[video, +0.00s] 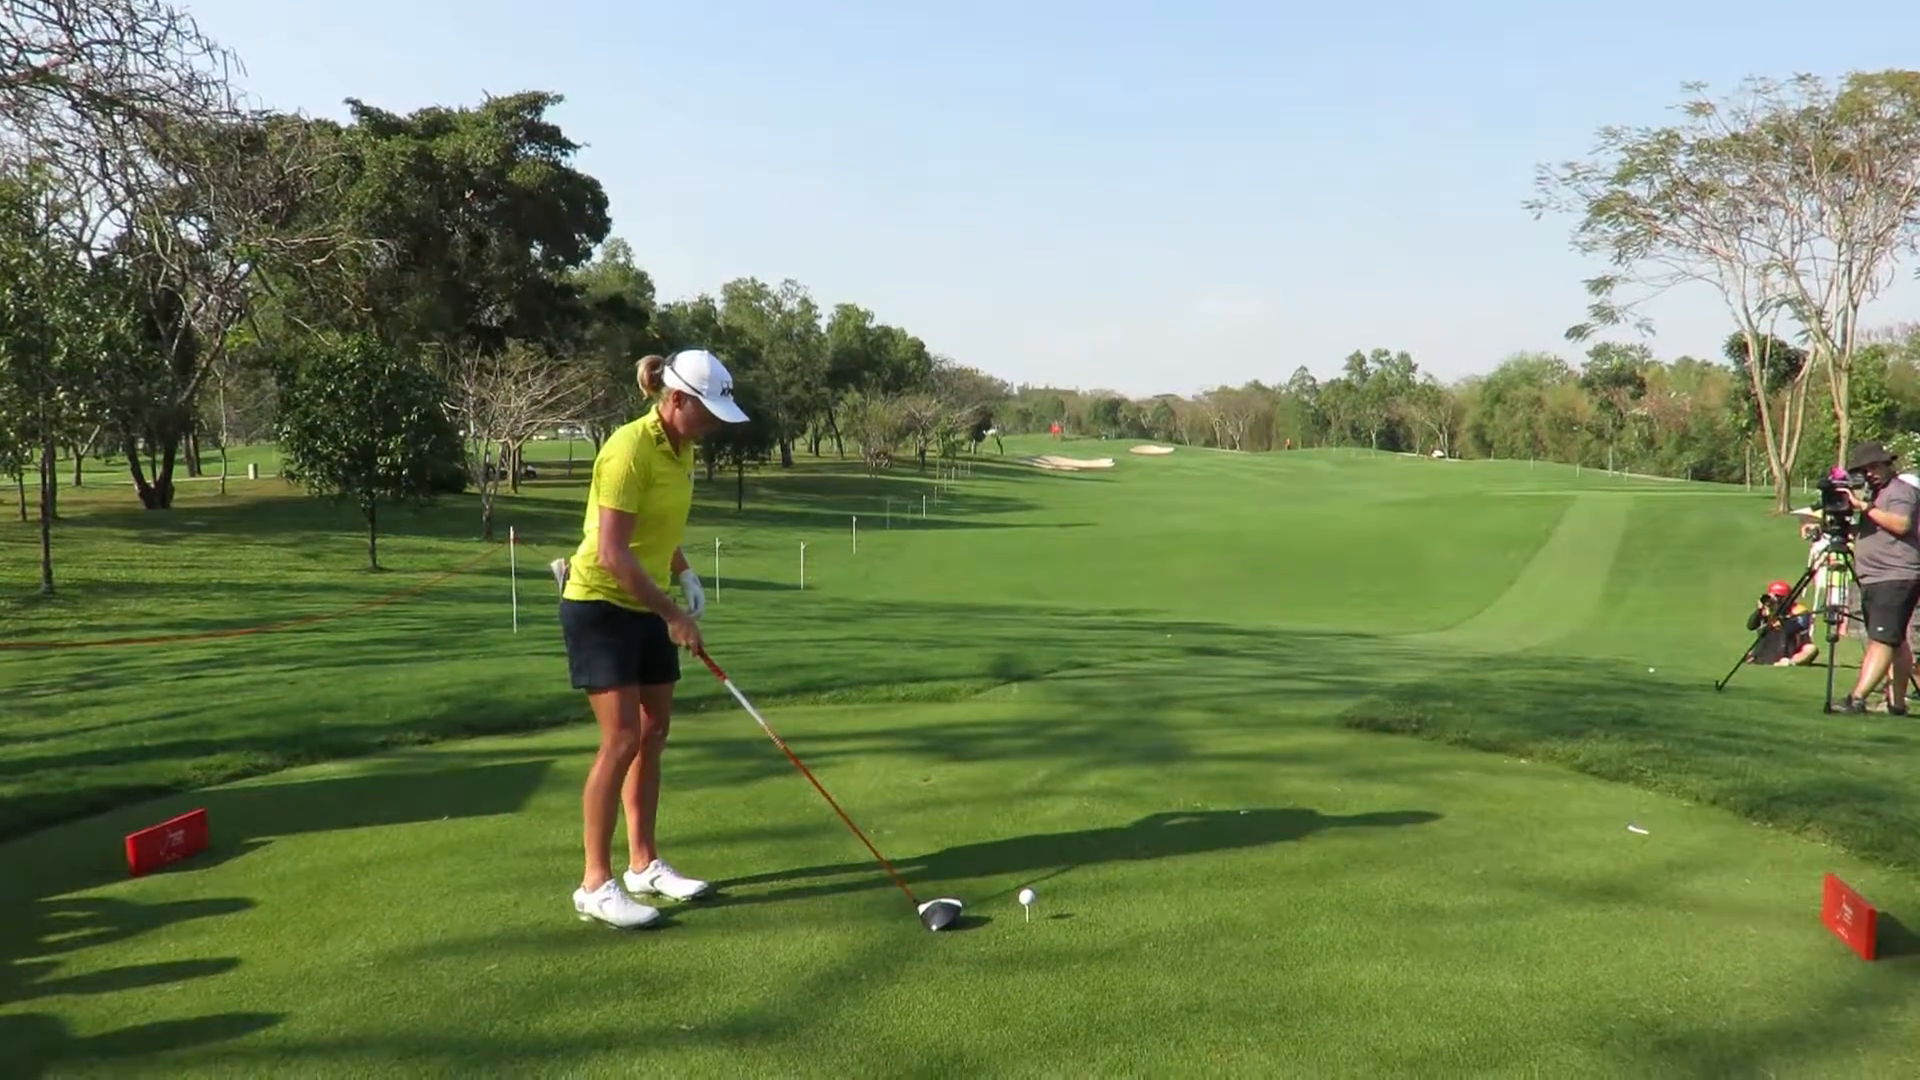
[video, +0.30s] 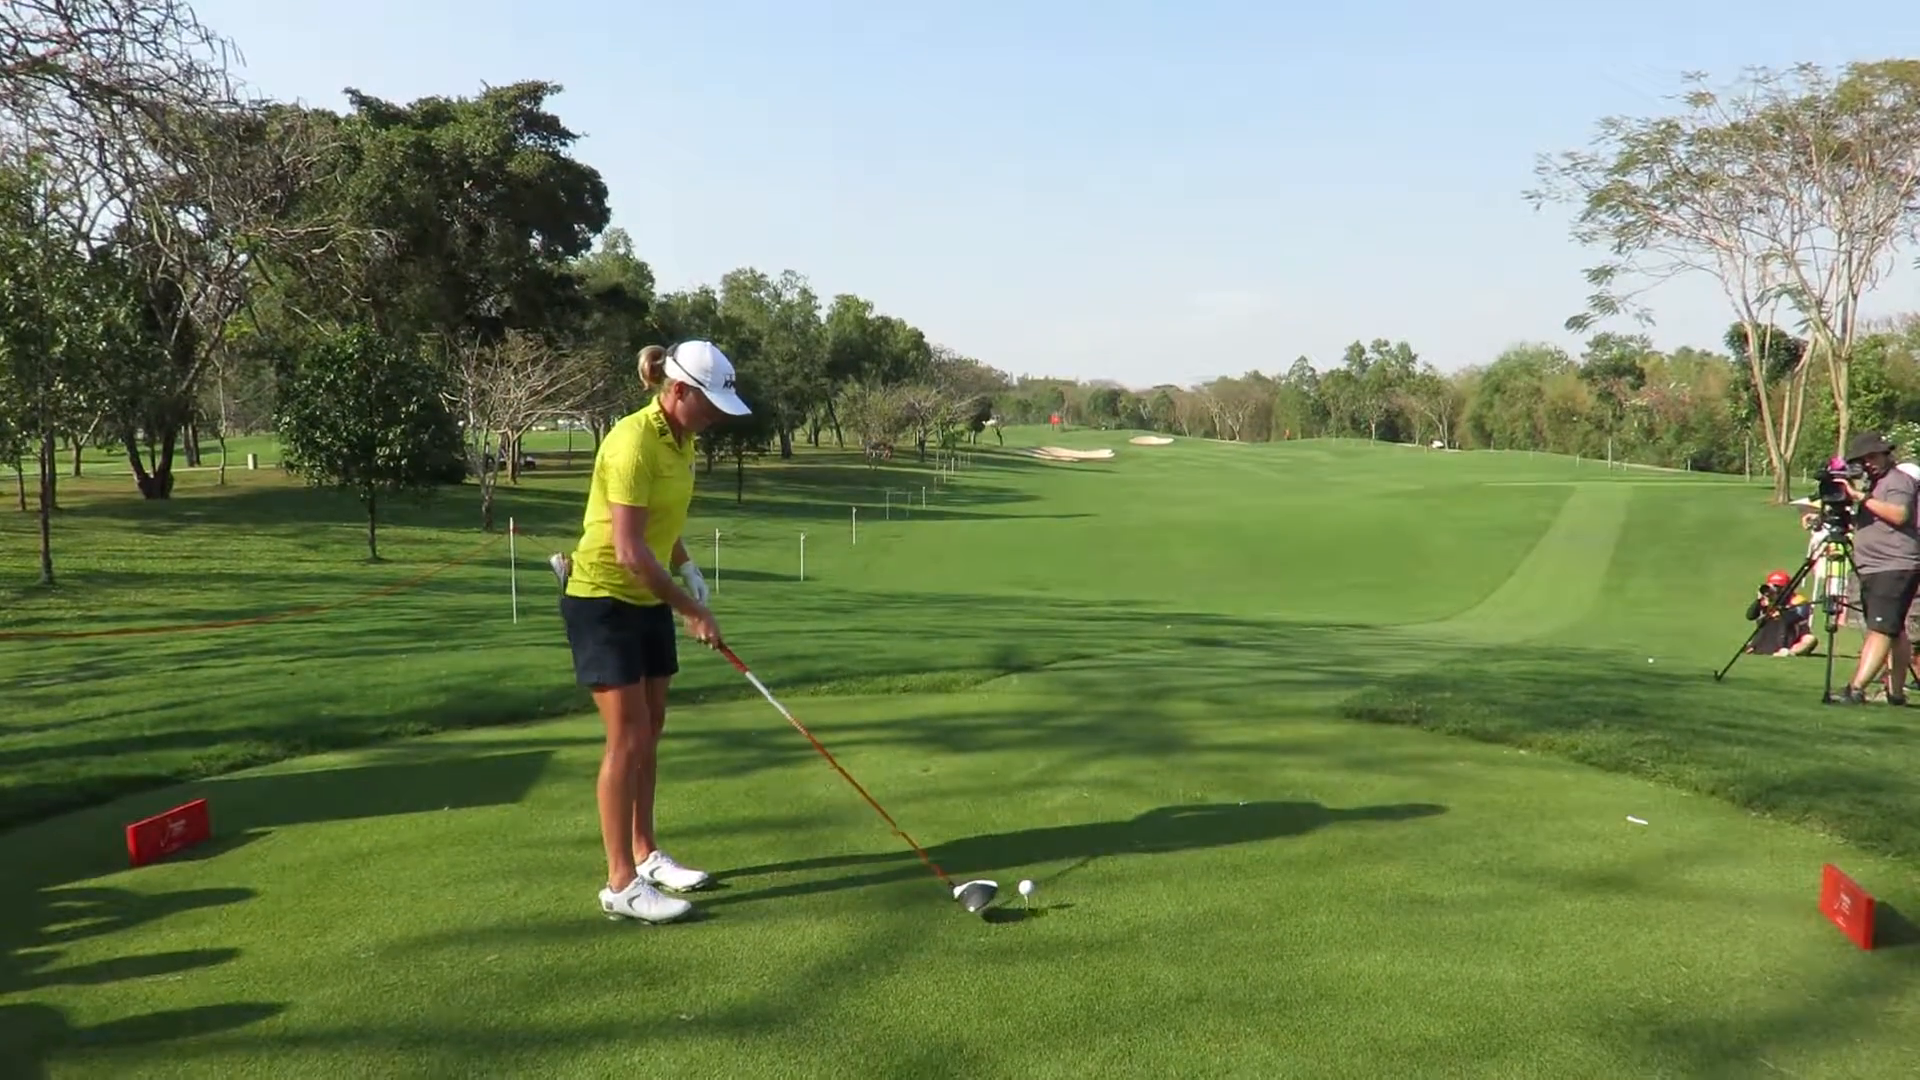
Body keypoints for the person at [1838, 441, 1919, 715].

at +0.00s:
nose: (1868, 475)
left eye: (1872, 469)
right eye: (1864, 471)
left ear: (1886, 466)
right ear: (1864, 473)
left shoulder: (1901, 490)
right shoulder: (1876, 494)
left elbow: (1901, 524)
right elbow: (1867, 531)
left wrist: (1865, 508)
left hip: (1896, 577)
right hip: (1875, 577)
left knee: (1882, 638)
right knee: (1894, 642)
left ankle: (1856, 697)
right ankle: (1898, 702)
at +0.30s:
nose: (1866, 466)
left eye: (1869, 459)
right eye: (1863, 462)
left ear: (1884, 456)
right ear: (1864, 463)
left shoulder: (1899, 480)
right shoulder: (1877, 484)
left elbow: (1899, 515)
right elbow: (1866, 520)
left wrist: (1861, 497)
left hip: (1895, 566)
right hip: (1875, 567)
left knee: (1880, 628)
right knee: (1894, 631)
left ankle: (1855, 688)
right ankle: (1896, 691)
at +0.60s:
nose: (1866, 460)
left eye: (1871, 453)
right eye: (1863, 455)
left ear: (1885, 450)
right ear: (1864, 456)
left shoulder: (1899, 474)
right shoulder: (1878, 478)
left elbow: (1897, 509)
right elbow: (1867, 514)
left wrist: (1860, 492)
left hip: (1894, 560)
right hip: (1877, 561)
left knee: (1874, 620)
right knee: (1894, 626)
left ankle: (1855, 683)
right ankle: (1896, 687)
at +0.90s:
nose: (1866, 454)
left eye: (1870, 447)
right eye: (1863, 449)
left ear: (1885, 444)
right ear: (1863, 451)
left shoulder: (1899, 469)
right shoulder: (1877, 472)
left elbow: (1895, 504)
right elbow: (1864, 508)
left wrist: (1857, 486)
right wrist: (1845, 484)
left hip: (1892, 553)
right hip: (1874, 553)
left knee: (1870, 612)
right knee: (1893, 618)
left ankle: (1855, 677)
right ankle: (1895, 680)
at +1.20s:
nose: (1866, 449)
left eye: (1869, 442)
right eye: (1863, 444)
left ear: (1884, 438)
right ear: (1865, 445)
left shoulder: (1897, 463)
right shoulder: (1880, 466)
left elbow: (1893, 498)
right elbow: (1872, 498)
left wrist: (1857, 482)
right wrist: (1848, 480)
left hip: (1890, 547)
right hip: (1877, 547)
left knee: (1867, 606)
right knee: (1892, 613)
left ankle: (1854, 671)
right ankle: (1895, 674)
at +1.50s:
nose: (1865, 449)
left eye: (1870, 442)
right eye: (1862, 444)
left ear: (1885, 438)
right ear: (1860, 445)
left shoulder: (1896, 463)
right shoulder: (1876, 467)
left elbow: (1891, 498)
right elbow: (1866, 499)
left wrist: (1854, 481)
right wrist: (1843, 479)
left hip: (1888, 547)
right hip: (1874, 547)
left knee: (1866, 606)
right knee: (1891, 612)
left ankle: (1853, 671)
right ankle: (1894, 674)